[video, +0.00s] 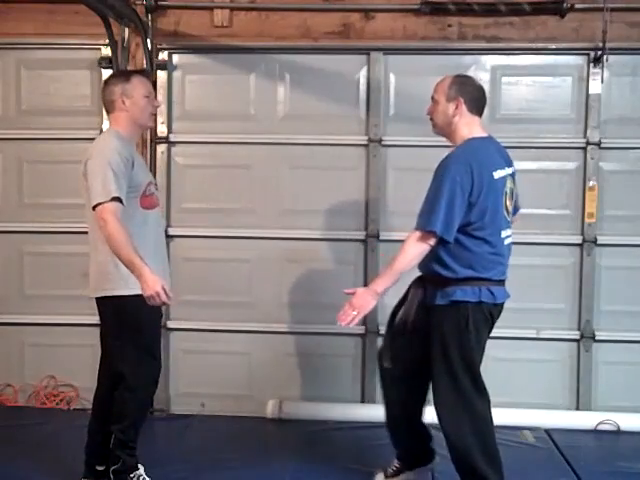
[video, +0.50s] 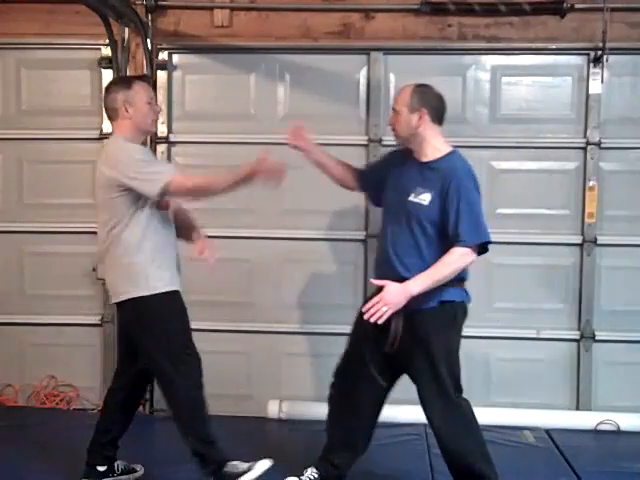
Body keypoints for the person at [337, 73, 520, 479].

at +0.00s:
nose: (429, 110)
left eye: (434, 102)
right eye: (430, 102)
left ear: (457, 107)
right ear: (468, 108)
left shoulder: (459, 162)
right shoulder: (496, 155)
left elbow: (425, 237)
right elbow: (505, 218)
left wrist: (374, 289)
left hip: (462, 297)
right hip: (435, 289)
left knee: (458, 395)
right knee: (397, 362)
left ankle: (484, 474)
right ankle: (413, 458)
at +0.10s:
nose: (425, 113)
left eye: (431, 105)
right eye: (427, 105)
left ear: (454, 109)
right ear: (463, 110)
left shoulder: (466, 164)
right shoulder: (488, 154)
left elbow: (434, 239)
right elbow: (485, 203)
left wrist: (381, 290)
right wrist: (452, 167)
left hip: (463, 297)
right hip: (440, 290)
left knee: (455, 397)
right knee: (390, 361)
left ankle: (483, 476)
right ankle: (391, 458)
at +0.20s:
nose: (420, 115)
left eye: (425, 106)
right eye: (422, 107)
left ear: (448, 111)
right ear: (453, 112)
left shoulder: (468, 164)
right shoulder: (469, 158)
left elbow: (449, 244)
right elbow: (450, 200)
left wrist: (390, 290)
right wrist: (423, 173)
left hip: (459, 299)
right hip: (438, 296)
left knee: (455, 403)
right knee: (393, 379)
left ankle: (484, 477)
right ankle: (357, 461)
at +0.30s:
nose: (412, 117)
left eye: (418, 109)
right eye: (413, 109)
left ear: (442, 113)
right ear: (443, 114)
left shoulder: (469, 167)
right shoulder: (442, 162)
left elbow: (458, 248)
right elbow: (426, 207)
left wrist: (399, 291)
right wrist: (389, 169)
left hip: (453, 303)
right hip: (422, 301)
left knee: (454, 409)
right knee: (383, 389)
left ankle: (484, 476)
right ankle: (338, 464)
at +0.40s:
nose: (402, 120)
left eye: (408, 112)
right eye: (403, 112)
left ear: (432, 117)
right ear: (432, 117)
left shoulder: (467, 172)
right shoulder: (421, 162)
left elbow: (467, 251)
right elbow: (390, 192)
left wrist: (405, 293)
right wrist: (352, 162)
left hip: (444, 306)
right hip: (404, 304)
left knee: (450, 410)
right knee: (370, 393)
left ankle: (482, 477)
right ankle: (331, 471)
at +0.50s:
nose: (389, 120)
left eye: (396, 112)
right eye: (391, 112)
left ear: (421, 118)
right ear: (421, 118)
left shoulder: (456, 172)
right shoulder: (397, 162)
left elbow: (468, 249)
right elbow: (357, 179)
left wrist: (406, 289)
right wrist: (312, 151)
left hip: (434, 307)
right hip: (386, 301)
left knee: (443, 404)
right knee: (352, 389)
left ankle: (480, 479)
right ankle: (329, 470)